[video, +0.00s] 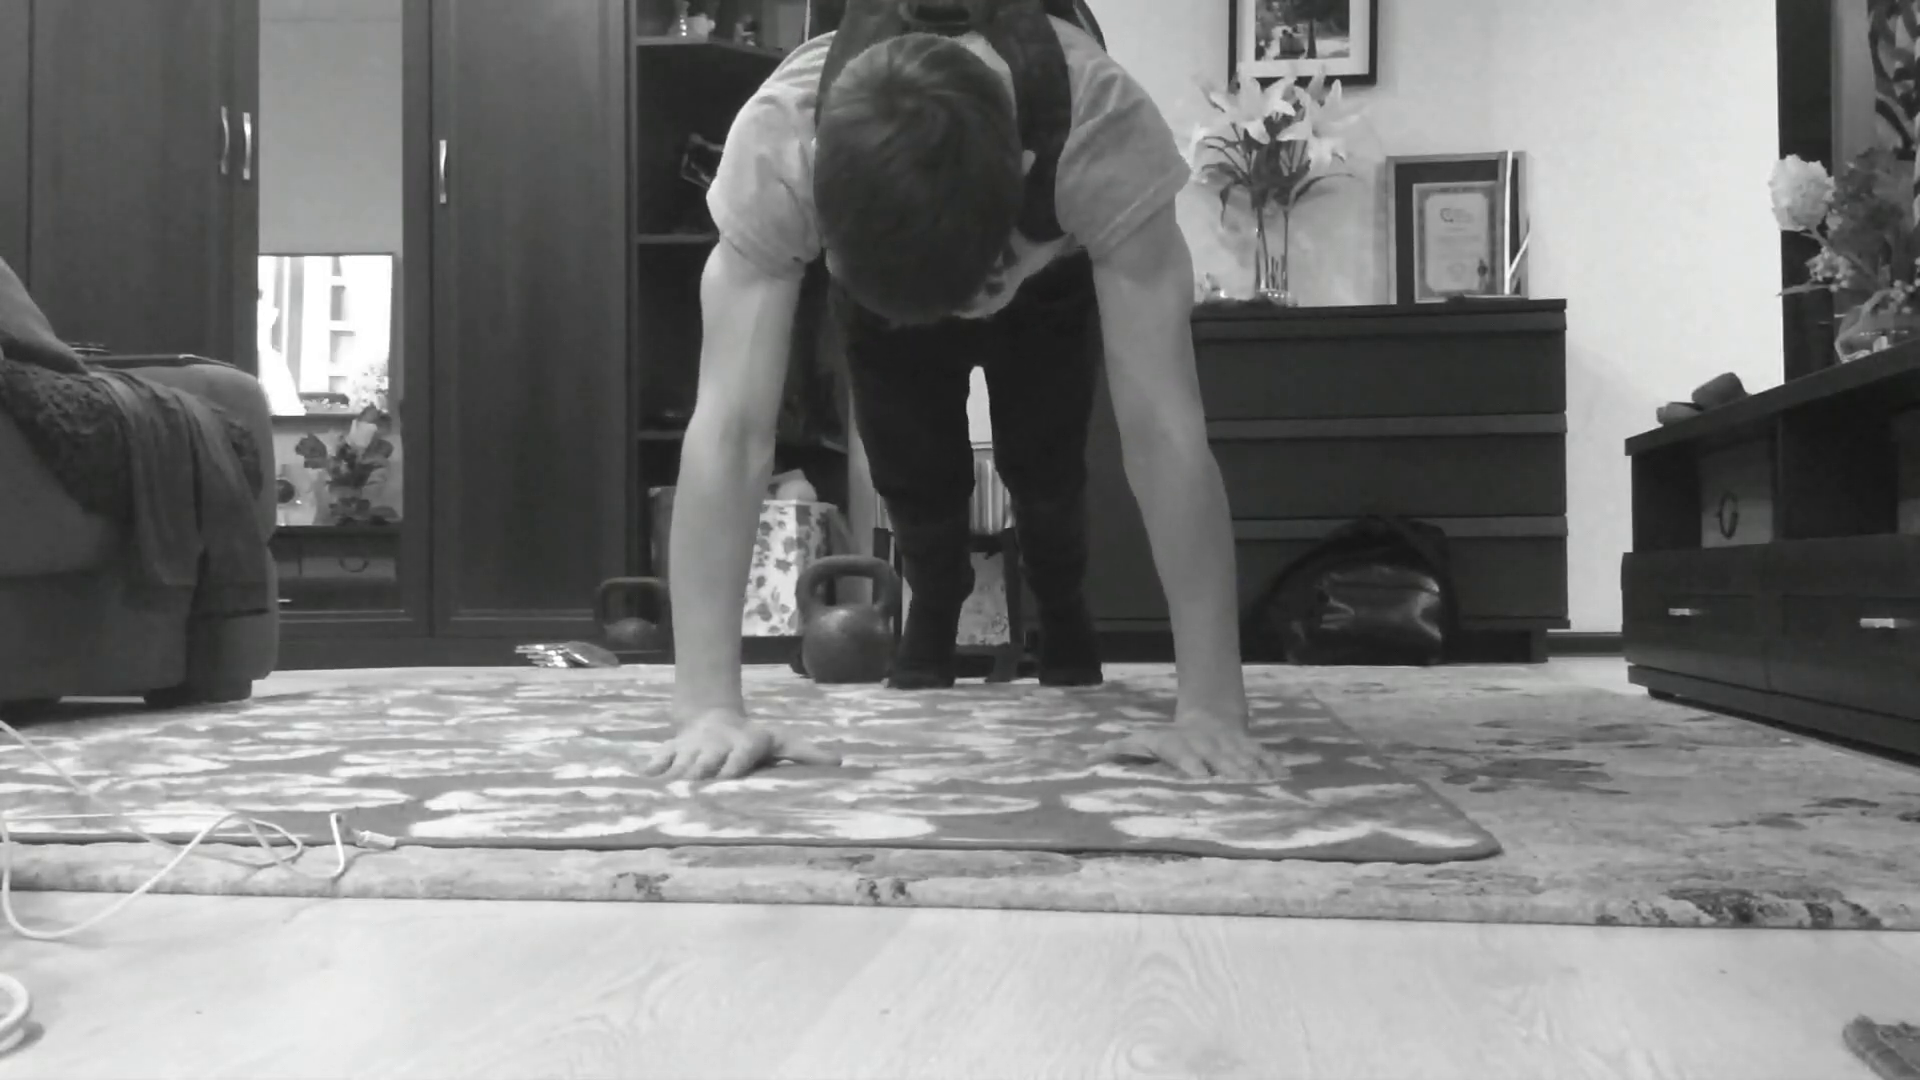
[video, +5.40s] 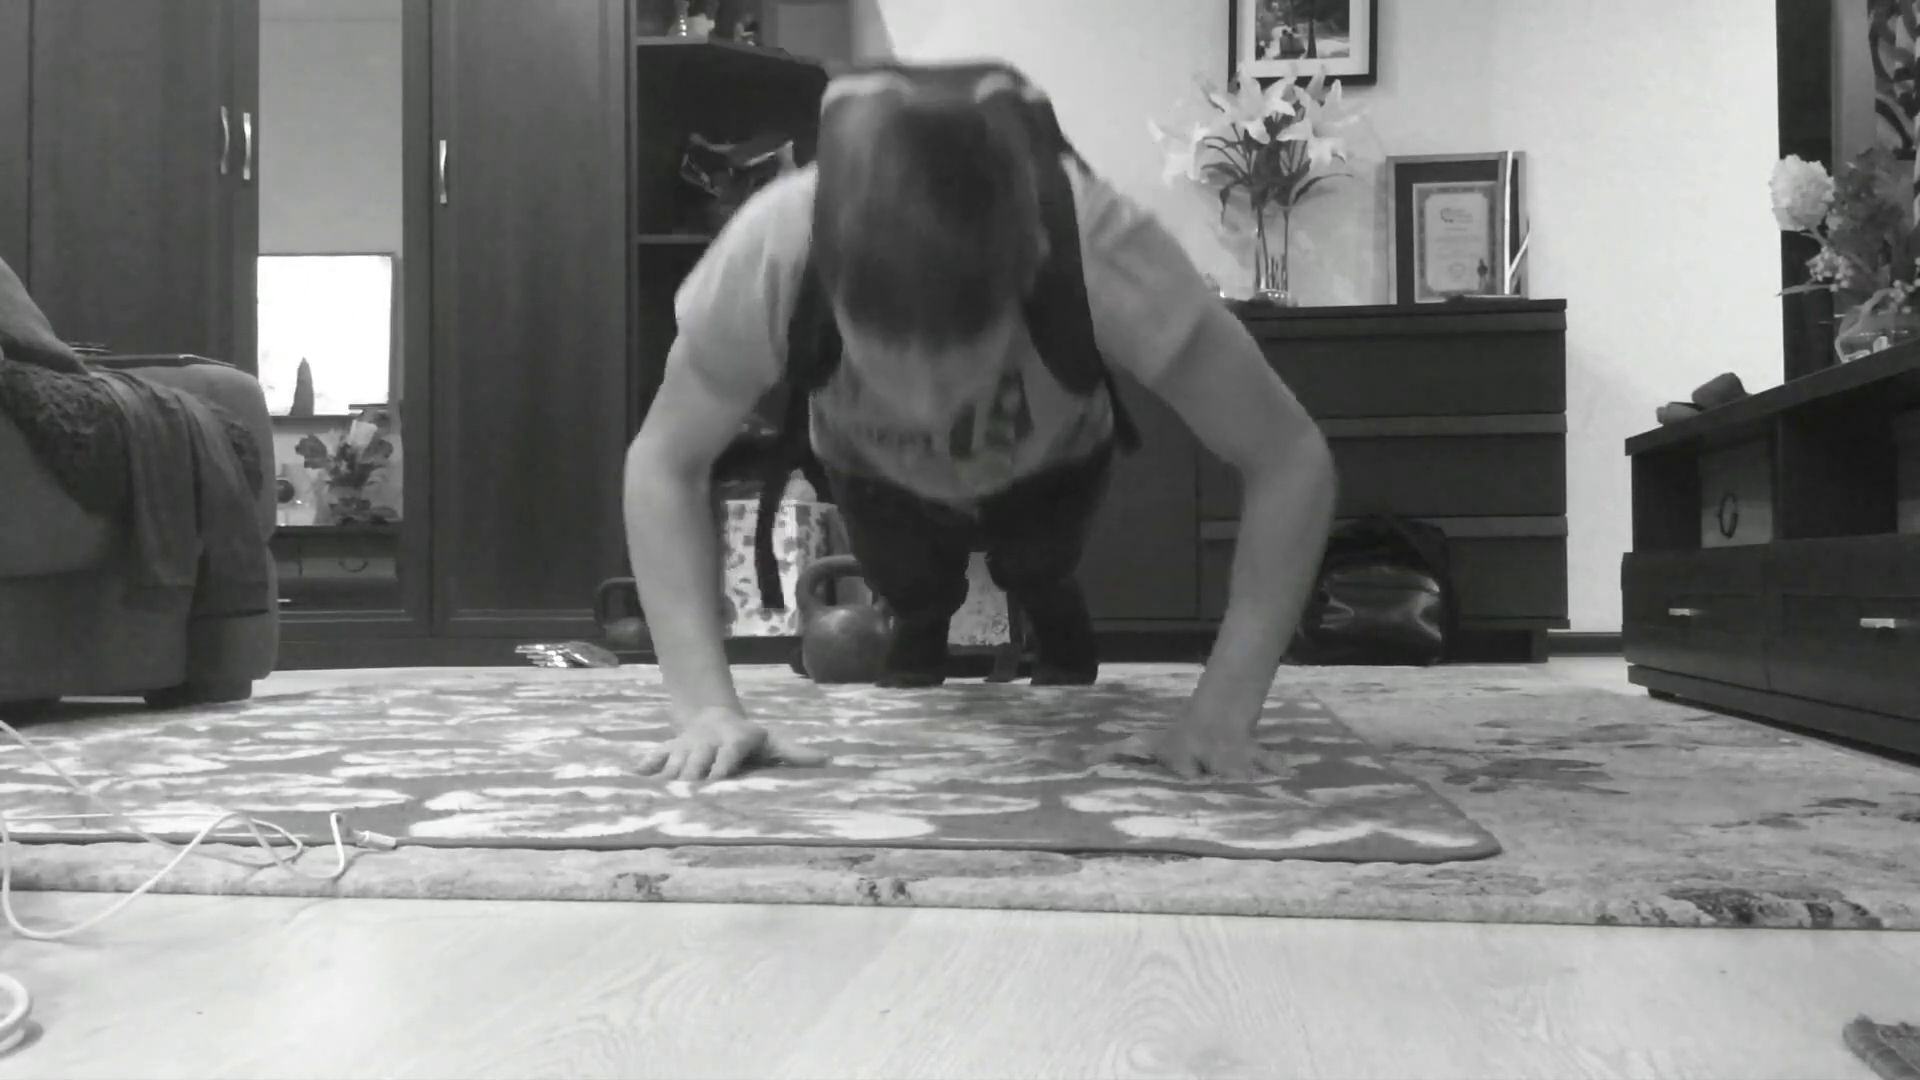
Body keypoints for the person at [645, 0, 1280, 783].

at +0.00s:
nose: (946, 327)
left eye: (974, 293)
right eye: (901, 313)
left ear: (1025, 182)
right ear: (827, 193)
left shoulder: (1112, 143)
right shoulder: (773, 157)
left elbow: (1167, 440)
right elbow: (727, 435)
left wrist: (1213, 709)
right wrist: (709, 709)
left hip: (1049, 257)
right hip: (869, 267)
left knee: (1045, 472)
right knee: (911, 477)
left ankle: (1057, 611)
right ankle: (931, 602)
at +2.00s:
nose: (945, 342)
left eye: (974, 321)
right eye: (903, 330)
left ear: (1027, 209)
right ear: (837, 222)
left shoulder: (1117, 147)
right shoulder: (783, 157)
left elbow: (1175, 439)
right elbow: (727, 433)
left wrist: (1213, 710)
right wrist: (709, 709)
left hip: (1048, 247)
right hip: (874, 258)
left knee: (1046, 472)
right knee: (915, 470)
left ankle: (1061, 623)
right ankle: (935, 602)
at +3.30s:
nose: (932, 246)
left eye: (957, 208)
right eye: (893, 215)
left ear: (1021, 122)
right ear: (834, 145)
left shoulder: (1113, 144)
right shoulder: (775, 156)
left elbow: (1176, 436)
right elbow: (721, 436)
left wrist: (1216, 714)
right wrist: (707, 709)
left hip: (1044, 273)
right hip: (874, 282)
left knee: (1034, 485)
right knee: (908, 488)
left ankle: (1043, 645)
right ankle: (929, 608)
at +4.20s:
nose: (912, 132)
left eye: (952, 87)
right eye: (874, 87)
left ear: (1022, 42)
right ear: (834, 51)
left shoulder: (1108, 132)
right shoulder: (780, 137)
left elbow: (1175, 439)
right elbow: (722, 432)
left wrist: (1214, 710)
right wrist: (709, 711)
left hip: (1045, 332)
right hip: (880, 340)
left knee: (1045, 525)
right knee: (900, 531)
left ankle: (1066, 697)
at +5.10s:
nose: (916, 238)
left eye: (948, 202)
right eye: (880, 202)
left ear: (1013, 130)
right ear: (832, 143)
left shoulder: (1102, 163)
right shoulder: (768, 174)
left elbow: (1227, 446)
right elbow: (703, 447)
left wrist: (1217, 718)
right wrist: (708, 708)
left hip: (1045, 372)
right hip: (874, 378)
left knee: (1043, 544)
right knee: (903, 547)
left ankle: (1054, 606)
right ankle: (918, 605)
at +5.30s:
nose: (927, 359)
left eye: (959, 326)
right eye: (889, 329)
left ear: (1021, 229)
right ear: (832, 236)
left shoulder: (1107, 228)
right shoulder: (763, 234)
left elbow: (1278, 458)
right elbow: (674, 457)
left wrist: (1224, 710)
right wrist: (705, 705)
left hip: (1046, 439)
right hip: (877, 449)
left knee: (1043, 565)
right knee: (909, 579)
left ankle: (1051, 624)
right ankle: (917, 626)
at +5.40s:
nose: (930, 401)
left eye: (962, 363)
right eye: (894, 367)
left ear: (1030, 273)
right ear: (836, 275)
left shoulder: (1107, 253)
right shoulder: (765, 264)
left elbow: (1295, 460)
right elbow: (662, 465)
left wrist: (1228, 707)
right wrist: (705, 708)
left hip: (1047, 468)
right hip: (880, 481)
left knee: (1043, 566)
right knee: (909, 585)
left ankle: (1048, 616)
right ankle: (915, 626)